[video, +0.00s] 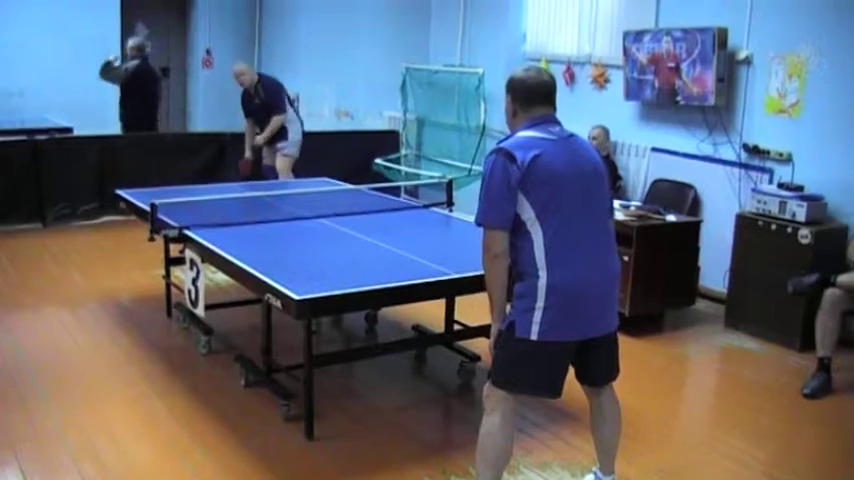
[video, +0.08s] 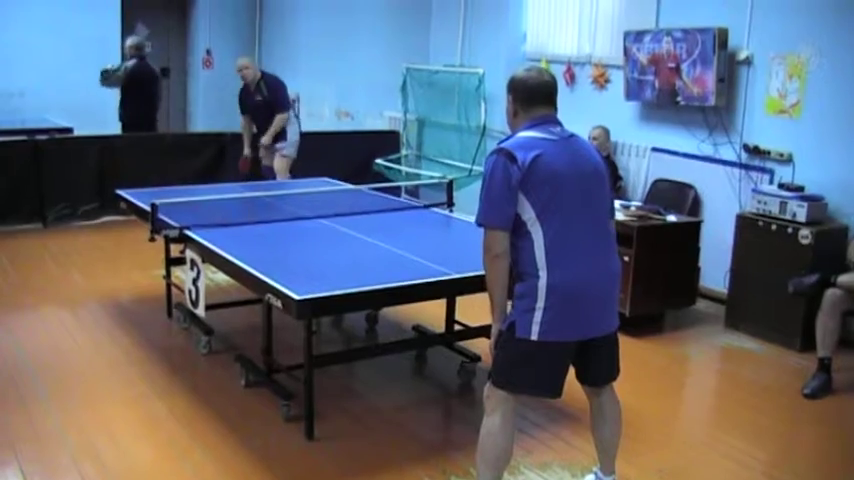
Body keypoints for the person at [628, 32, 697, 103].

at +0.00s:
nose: (667, 45)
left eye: (669, 42)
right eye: (665, 43)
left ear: (672, 44)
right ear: (662, 44)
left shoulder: (675, 57)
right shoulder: (657, 56)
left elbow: (681, 75)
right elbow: (645, 62)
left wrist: (692, 88)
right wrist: (635, 53)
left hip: (672, 87)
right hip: (660, 87)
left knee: (672, 110)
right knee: (659, 109)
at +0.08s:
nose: (668, 46)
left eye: (669, 43)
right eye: (666, 43)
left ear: (672, 44)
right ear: (662, 44)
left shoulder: (675, 57)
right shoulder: (657, 56)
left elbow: (681, 75)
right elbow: (645, 63)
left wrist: (692, 88)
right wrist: (636, 53)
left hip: (672, 88)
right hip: (660, 88)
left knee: (673, 112)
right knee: (660, 111)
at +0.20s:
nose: (667, 45)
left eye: (669, 43)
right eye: (666, 43)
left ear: (672, 44)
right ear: (662, 44)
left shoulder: (675, 57)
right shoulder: (657, 56)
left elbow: (681, 75)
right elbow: (646, 63)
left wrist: (693, 89)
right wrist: (635, 52)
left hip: (673, 88)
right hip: (660, 88)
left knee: (674, 112)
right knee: (661, 111)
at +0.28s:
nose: (668, 46)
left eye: (669, 44)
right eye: (666, 44)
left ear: (672, 45)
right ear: (662, 45)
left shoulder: (675, 58)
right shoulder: (657, 57)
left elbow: (681, 76)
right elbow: (646, 64)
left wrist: (693, 90)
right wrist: (635, 53)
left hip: (673, 89)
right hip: (661, 89)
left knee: (674, 113)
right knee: (661, 112)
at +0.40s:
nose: (667, 46)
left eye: (669, 44)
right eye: (666, 44)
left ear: (672, 45)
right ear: (662, 45)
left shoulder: (675, 58)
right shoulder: (657, 58)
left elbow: (681, 76)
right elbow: (646, 64)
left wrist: (693, 90)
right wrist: (635, 53)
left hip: (673, 90)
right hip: (661, 89)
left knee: (674, 113)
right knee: (661, 112)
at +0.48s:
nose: (668, 47)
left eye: (669, 44)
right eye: (666, 44)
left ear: (673, 46)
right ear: (663, 46)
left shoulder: (675, 59)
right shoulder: (657, 58)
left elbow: (681, 77)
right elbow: (646, 65)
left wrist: (693, 90)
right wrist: (635, 54)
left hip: (673, 90)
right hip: (661, 90)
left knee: (674, 113)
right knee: (661, 113)